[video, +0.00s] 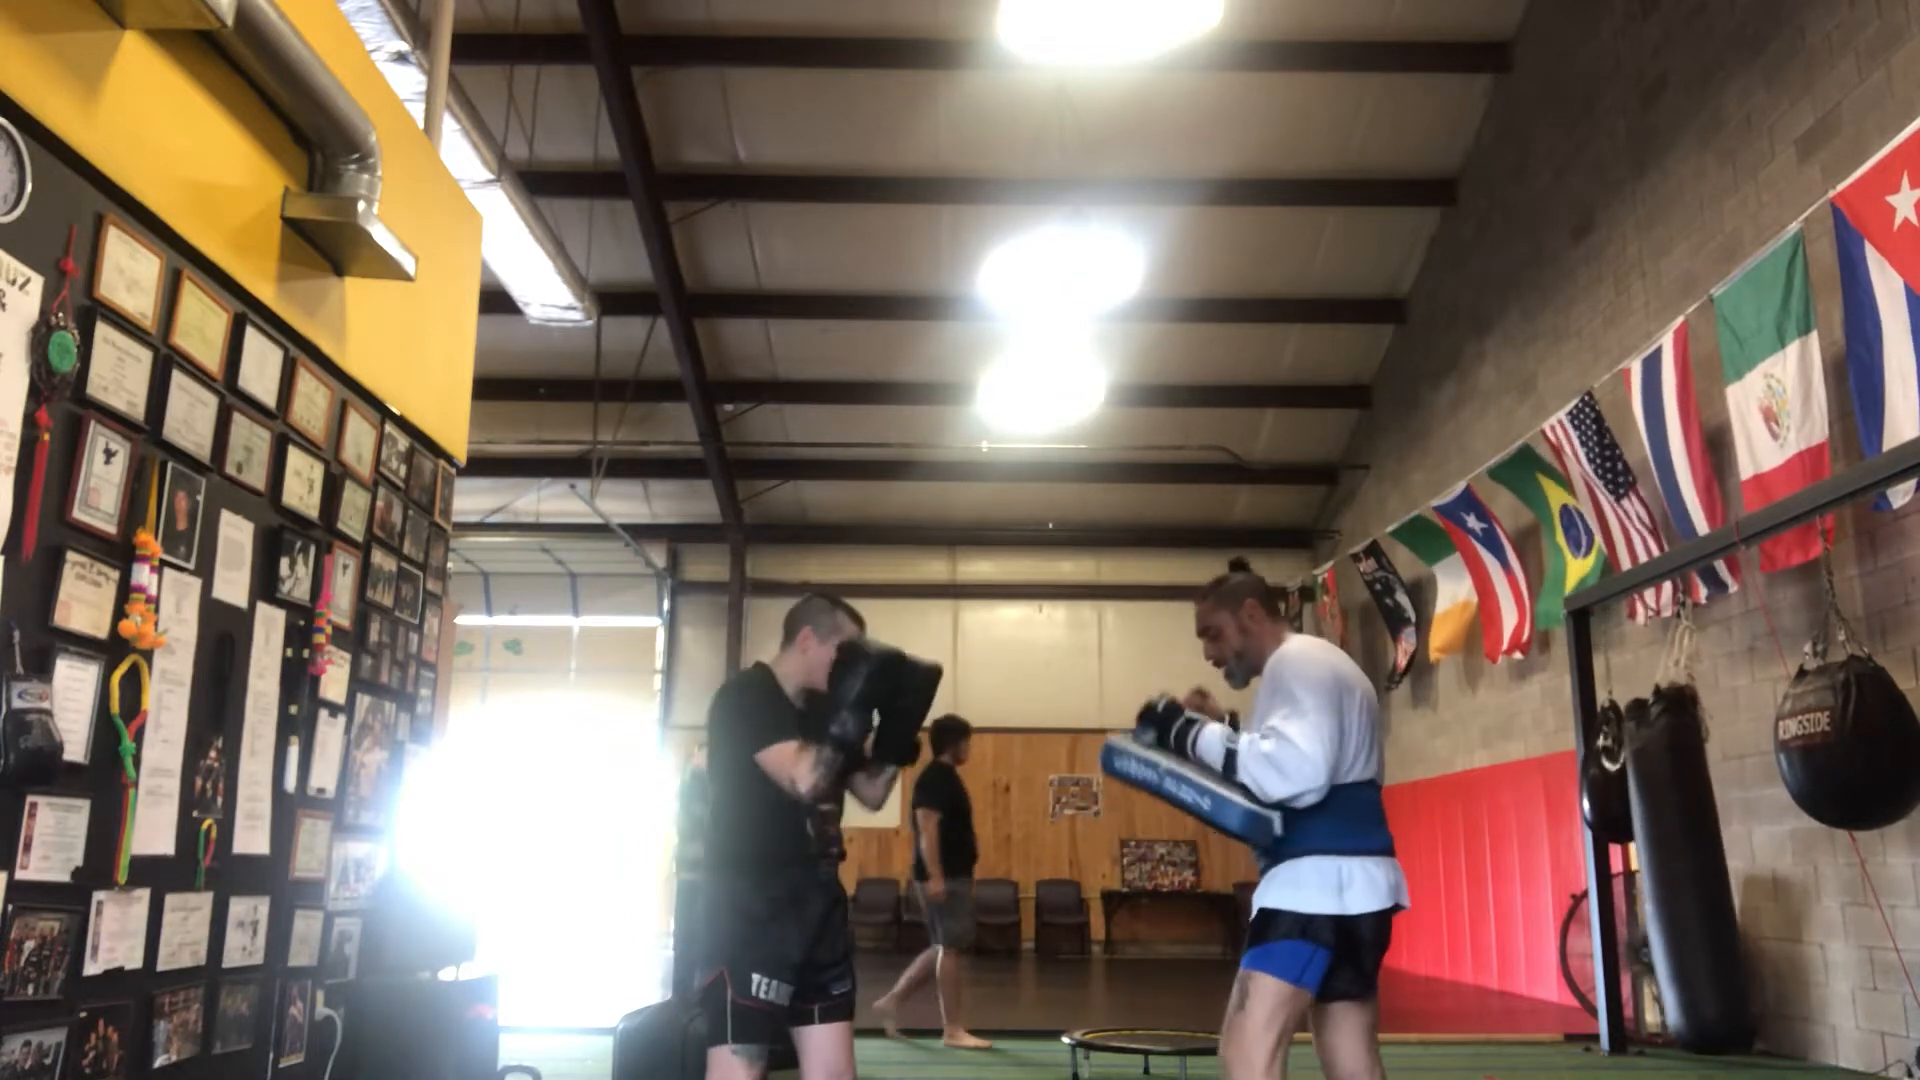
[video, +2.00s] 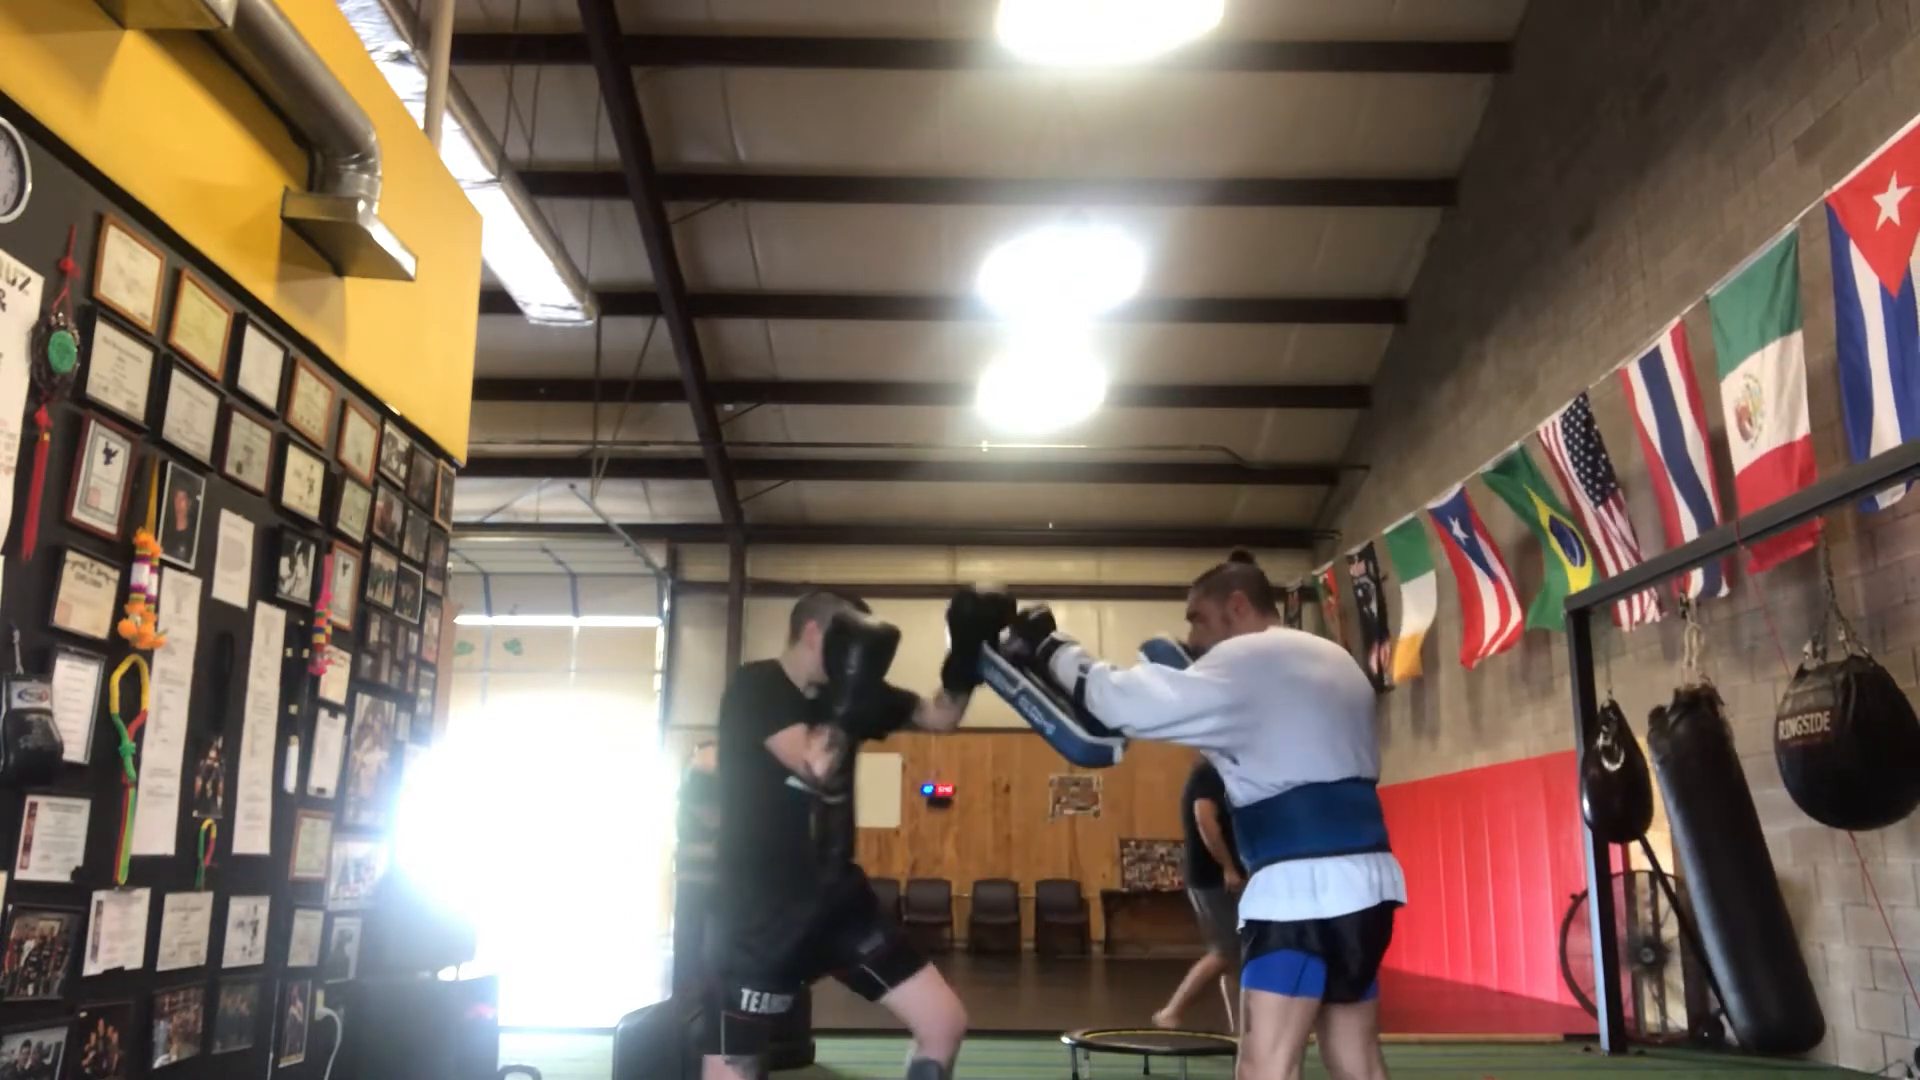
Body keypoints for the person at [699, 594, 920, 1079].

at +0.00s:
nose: (847, 663)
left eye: (852, 652)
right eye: (843, 649)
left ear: (809, 643)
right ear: (807, 639)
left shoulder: (822, 709)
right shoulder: (743, 696)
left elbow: (872, 794)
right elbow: (805, 779)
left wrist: (901, 718)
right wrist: (852, 703)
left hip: (818, 914)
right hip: (751, 915)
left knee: (832, 1070)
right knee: (736, 1068)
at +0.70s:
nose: (825, 656)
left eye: (831, 646)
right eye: (819, 643)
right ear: (787, 633)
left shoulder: (809, 703)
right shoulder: (727, 688)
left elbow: (897, 749)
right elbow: (800, 764)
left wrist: (942, 679)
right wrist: (824, 679)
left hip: (801, 913)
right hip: (729, 913)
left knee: (828, 1069)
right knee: (710, 1069)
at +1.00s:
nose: (823, 662)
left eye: (828, 651)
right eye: (816, 647)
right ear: (782, 636)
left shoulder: (812, 705)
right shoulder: (720, 691)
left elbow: (888, 770)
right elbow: (775, 779)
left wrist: (948, 728)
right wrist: (816, 702)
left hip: (797, 913)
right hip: (724, 915)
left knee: (824, 1070)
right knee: (715, 1070)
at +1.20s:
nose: (812, 670)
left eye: (818, 659)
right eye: (809, 655)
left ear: (775, 643)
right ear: (773, 640)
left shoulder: (783, 710)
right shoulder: (708, 694)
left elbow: (834, 797)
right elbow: (772, 780)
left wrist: (871, 721)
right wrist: (822, 703)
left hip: (786, 907)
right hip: (720, 909)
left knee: (822, 1069)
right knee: (713, 1070)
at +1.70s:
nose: (811, 656)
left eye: (817, 646)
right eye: (806, 643)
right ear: (772, 636)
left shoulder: (790, 702)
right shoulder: (711, 691)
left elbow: (881, 754)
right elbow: (780, 778)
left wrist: (949, 710)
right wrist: (815, 699)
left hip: (784, 904)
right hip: (716, 908)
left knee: (838, 1068)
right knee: (709, 1071)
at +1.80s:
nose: (824, 654)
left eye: (829, 644)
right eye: (817, 641)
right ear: (782, 636)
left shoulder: (810, 698)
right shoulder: (725, 686)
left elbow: (907, 744)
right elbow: (790, 771)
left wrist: (973, 697)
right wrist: (826, 692)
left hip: (795, 900)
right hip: (725, 904)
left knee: (883, 1044)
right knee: (709, 1070)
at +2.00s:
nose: (851, 650)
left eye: (855, 641)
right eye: (843, 639)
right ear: (811, 632)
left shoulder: (847, 695)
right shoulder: (753, 687)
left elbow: (940, 714)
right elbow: (816, 764)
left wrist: (968, 646)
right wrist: (850, 683)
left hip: (834, 898)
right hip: (759, 905)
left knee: (942, 1021)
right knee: (731, 1070)